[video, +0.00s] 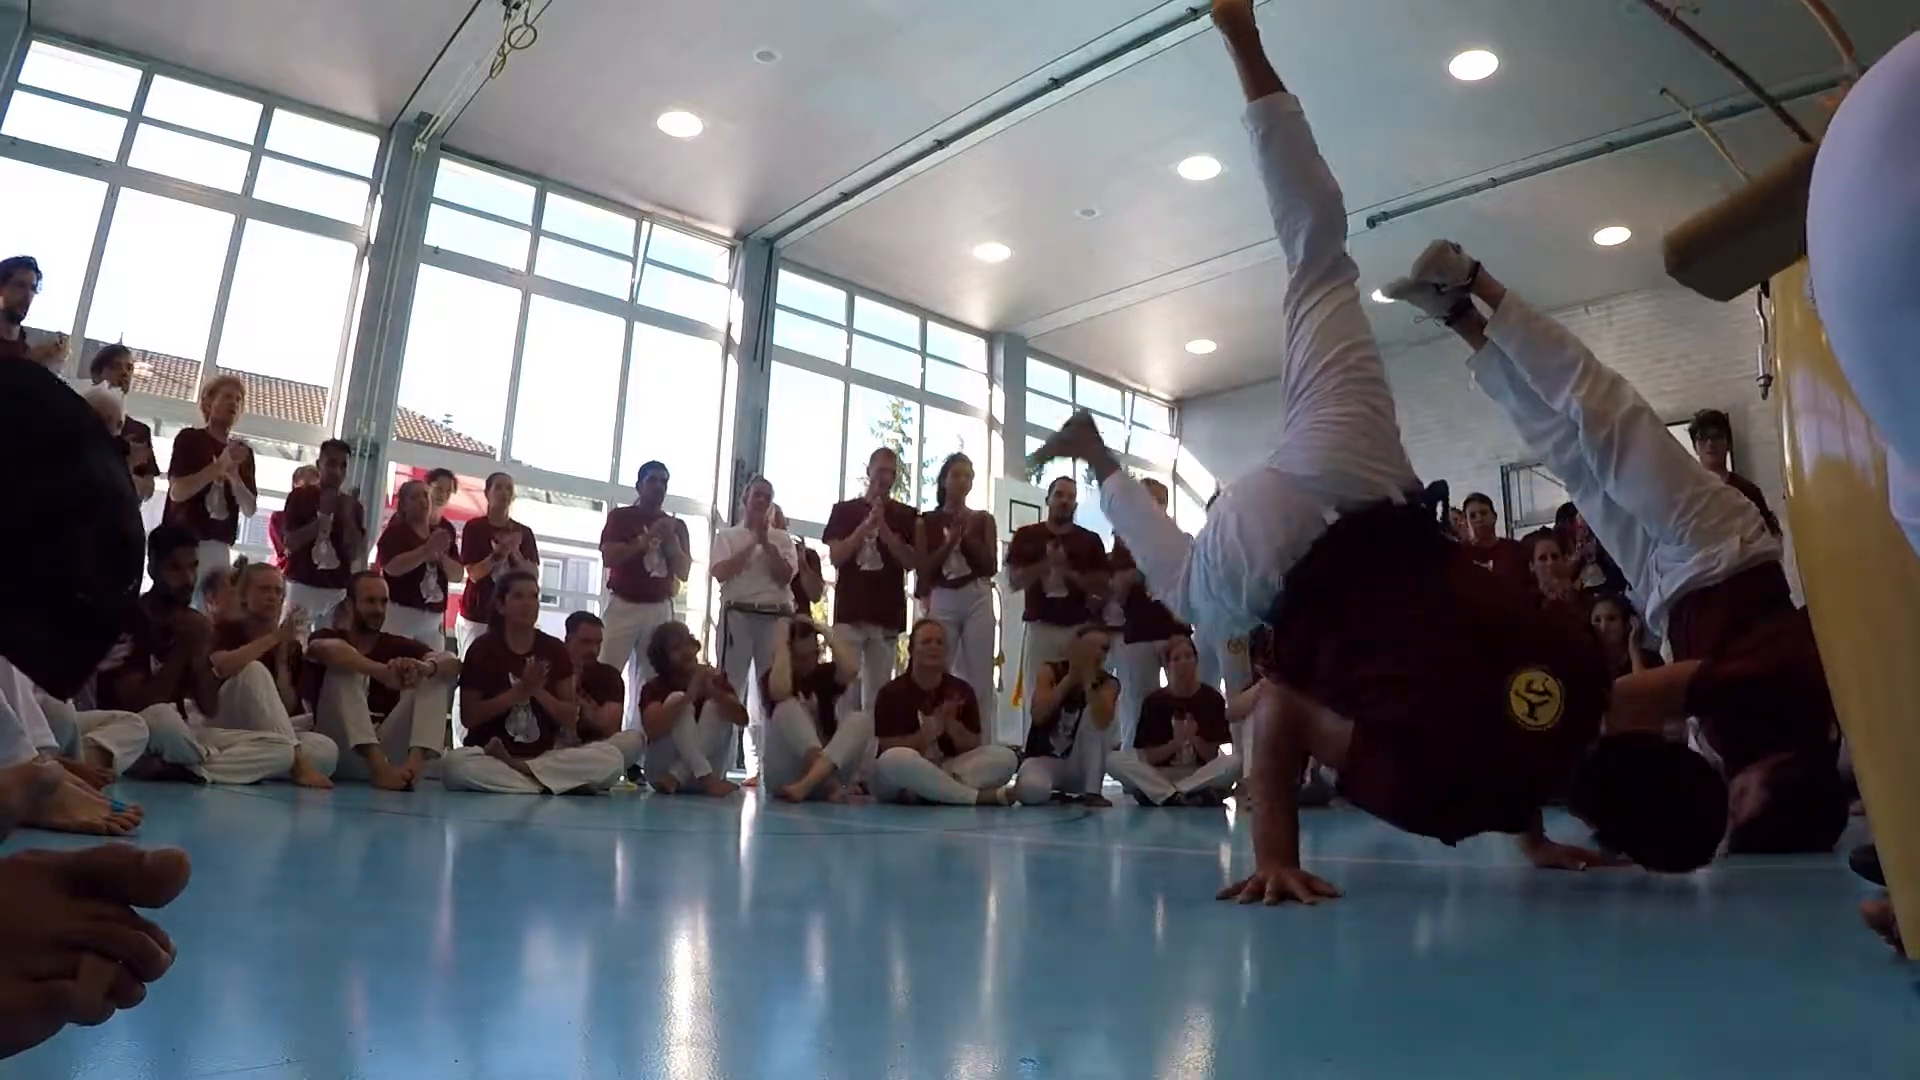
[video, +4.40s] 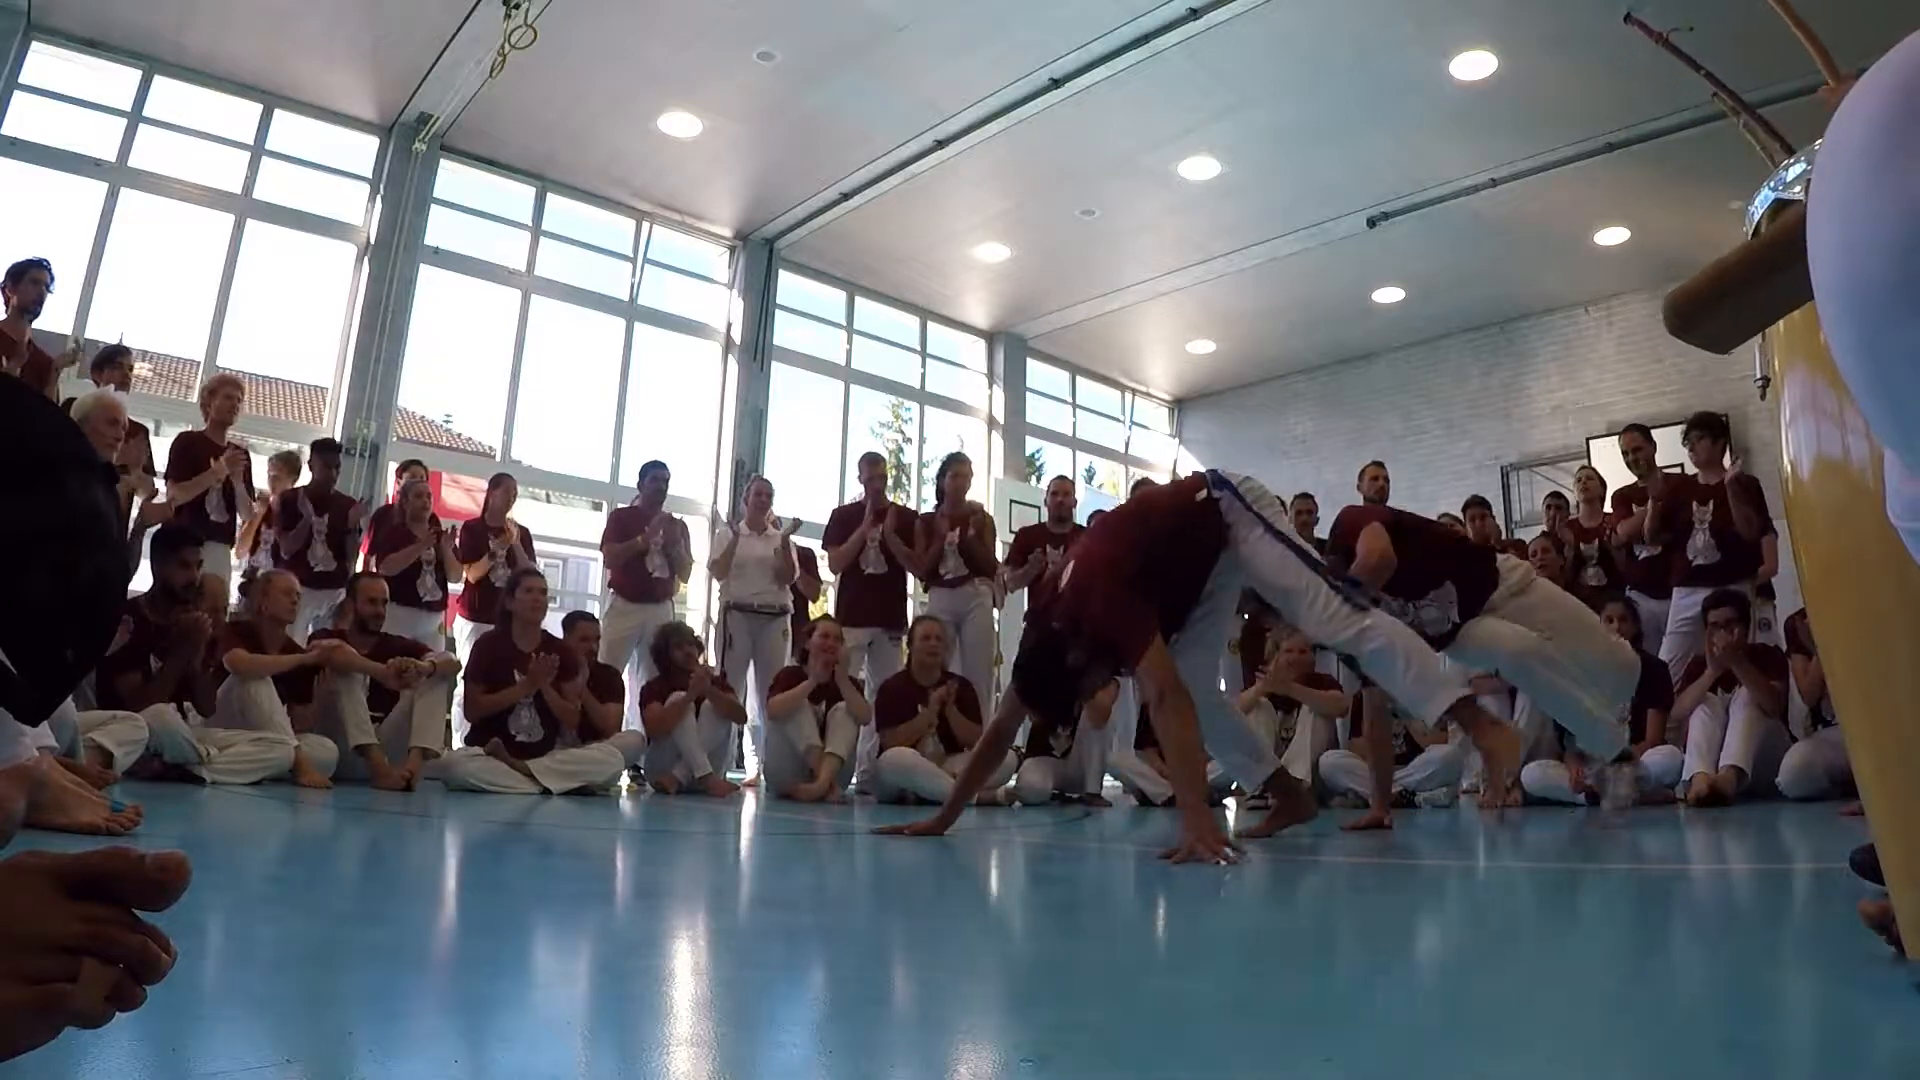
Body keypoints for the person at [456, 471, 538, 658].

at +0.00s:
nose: (504, 493)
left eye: (509, 489)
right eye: (498, 487)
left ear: (513, 495)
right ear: (487, 492)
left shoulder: (524, 533)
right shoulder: (474, 527)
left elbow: (533, 574)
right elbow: (474, 574)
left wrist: (515, 554)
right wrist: (497, 554)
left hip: (511, 619)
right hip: (475, 616)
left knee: (505, 680)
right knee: (471, 680)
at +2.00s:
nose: (503, 493)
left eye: (507, 488)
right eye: (497, 488)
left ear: (512, 495)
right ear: (486, 493)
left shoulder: (523, 532)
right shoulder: (473, 527)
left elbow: (531, 574)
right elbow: (473, 575)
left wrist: (514, 553)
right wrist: (496, 553)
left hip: (509, 621)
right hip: (474, 617)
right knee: (471, 679)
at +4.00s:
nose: (508, 497)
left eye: (512, 493)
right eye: (503, 491)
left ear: (515, 498)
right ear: (489, 493)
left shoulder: (521, 531)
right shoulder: (472, 527)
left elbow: (531, 573)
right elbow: (471, 573)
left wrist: (518, 545)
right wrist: (494, 553)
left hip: (510, 622)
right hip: (475, 617)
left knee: (505, 684)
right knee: (470, 684)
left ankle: (497, 743)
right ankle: (462, 745)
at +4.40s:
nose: (511, 499)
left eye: (514, 494)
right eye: (507, 492)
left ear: (515, 499)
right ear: (491, 493)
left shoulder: (522, 533)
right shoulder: (472, 528)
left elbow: (531, 575)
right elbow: (471, 574)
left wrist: (516, 545)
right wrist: (494, 552)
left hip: (509, 621)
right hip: (473, 618)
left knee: (504, 683)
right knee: (469, 683)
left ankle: (497, 742)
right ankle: (462, 745)